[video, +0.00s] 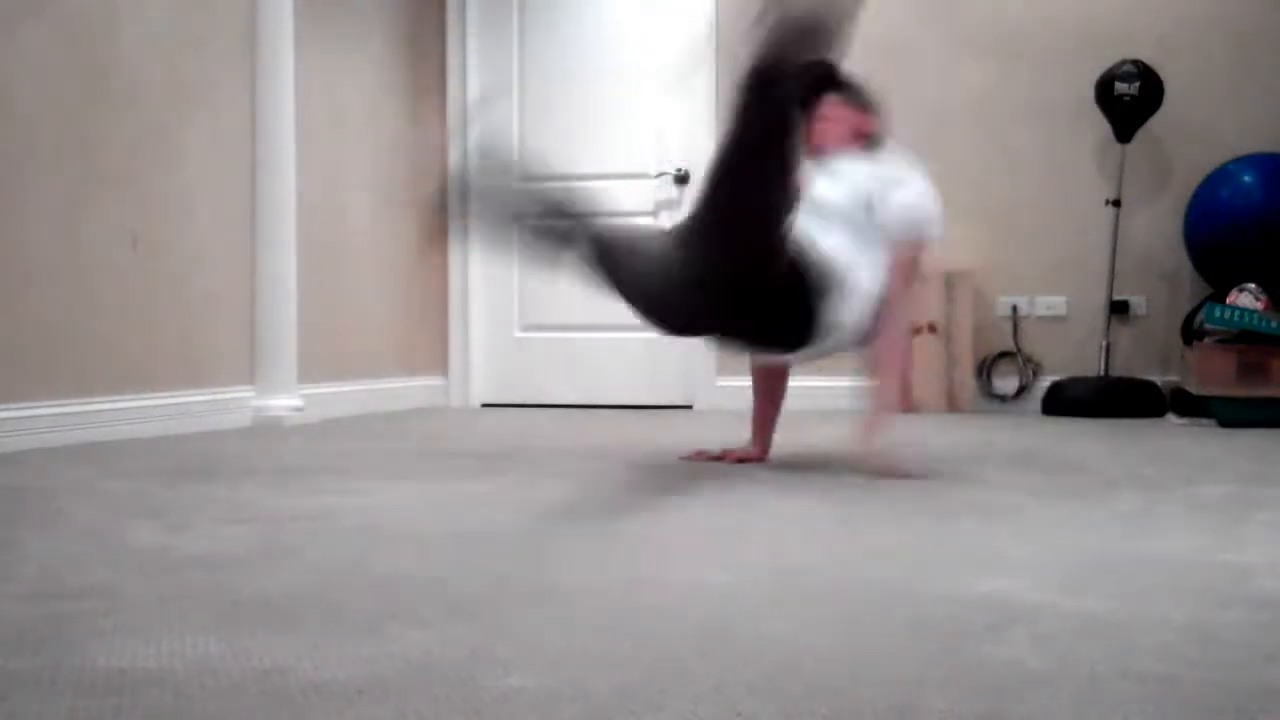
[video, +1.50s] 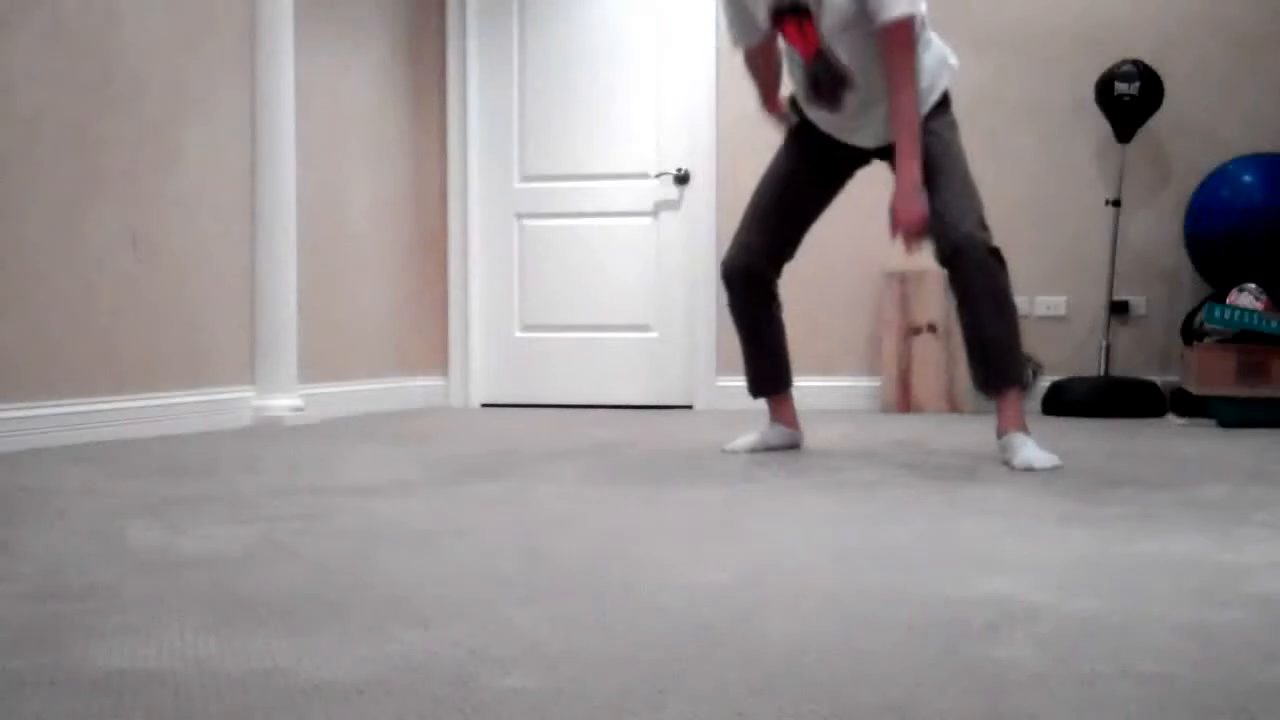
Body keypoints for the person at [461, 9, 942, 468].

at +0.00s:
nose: (823, 126)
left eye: (839, 115)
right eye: (819, 116)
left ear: (868, 123)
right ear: (806, 127)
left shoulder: (896, 179)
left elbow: (895, 311)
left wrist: (878, 430)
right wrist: (759, 447)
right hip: (692, 302)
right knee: (588, 234)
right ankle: (495, 201)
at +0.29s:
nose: (809, 135)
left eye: (820, 119)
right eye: (809, 119)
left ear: (866, 120)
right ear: (872, 119)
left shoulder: (887, 211)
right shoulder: (879, 162)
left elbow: (879, 341)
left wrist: (852, 452)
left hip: (752, 346)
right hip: (762, 265)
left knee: (605, 415)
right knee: (664, 136)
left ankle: (541, 416)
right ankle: (557, 74)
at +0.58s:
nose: (736, 257)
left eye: (748, 248)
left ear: (786, 187)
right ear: (715, 185)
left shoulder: (855, 187)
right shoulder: (710, 149)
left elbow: (851, 328)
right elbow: (655, 232)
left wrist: (849, 450)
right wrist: (601, 316)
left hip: (907, 212)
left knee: (867, 336)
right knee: (672, 271)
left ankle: (818, 421)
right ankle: (696, 376)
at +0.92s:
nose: (730, 250)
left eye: (741, 236)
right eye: (717, 240)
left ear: (768, 192)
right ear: (688, 205)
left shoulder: (824, 163)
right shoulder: (693, 195)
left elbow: (832, 310)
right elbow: (687, 316)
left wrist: (849, 442)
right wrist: (662, 437)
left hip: (877, 186)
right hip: (797, 215)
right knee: (705, 305)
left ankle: (1068, 385)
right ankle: (776, 425)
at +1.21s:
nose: (752, 80)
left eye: (760, 62)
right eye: (737, 67)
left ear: (788, 31)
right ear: (718, 56)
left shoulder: (865, 55)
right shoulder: (726, 87)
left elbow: (890, 202)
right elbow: (701, 211)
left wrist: (845, 312)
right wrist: (660, 316)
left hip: (919, 148)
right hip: (834, 172)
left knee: (971, 249)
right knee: (732, 278)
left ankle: (1014, 429)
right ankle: (780, 426)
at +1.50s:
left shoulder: (884, 3)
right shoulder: (743, 2)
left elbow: (902, 78)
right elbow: (759, 48)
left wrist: (909, 185)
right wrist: (770, 102)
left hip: (915, 108)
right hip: (827, 120)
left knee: (968, 245)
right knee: (745, 269)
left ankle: (1014, 428)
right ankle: (782, 423)